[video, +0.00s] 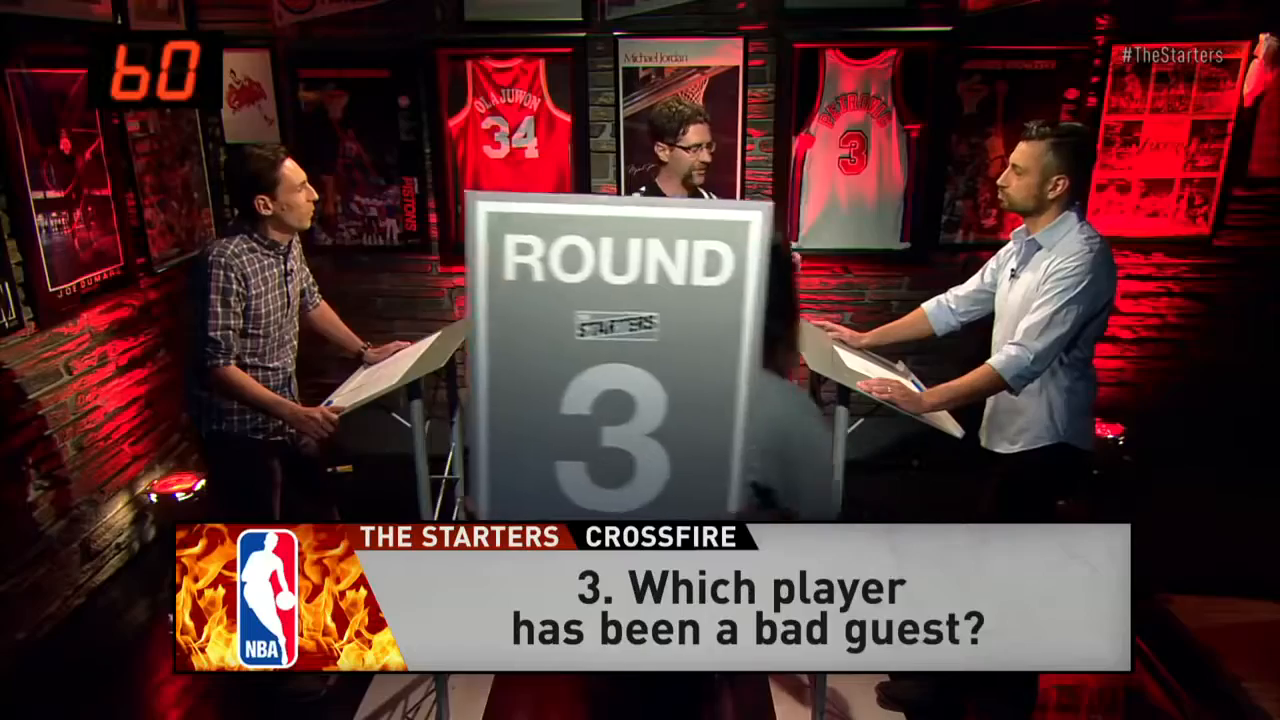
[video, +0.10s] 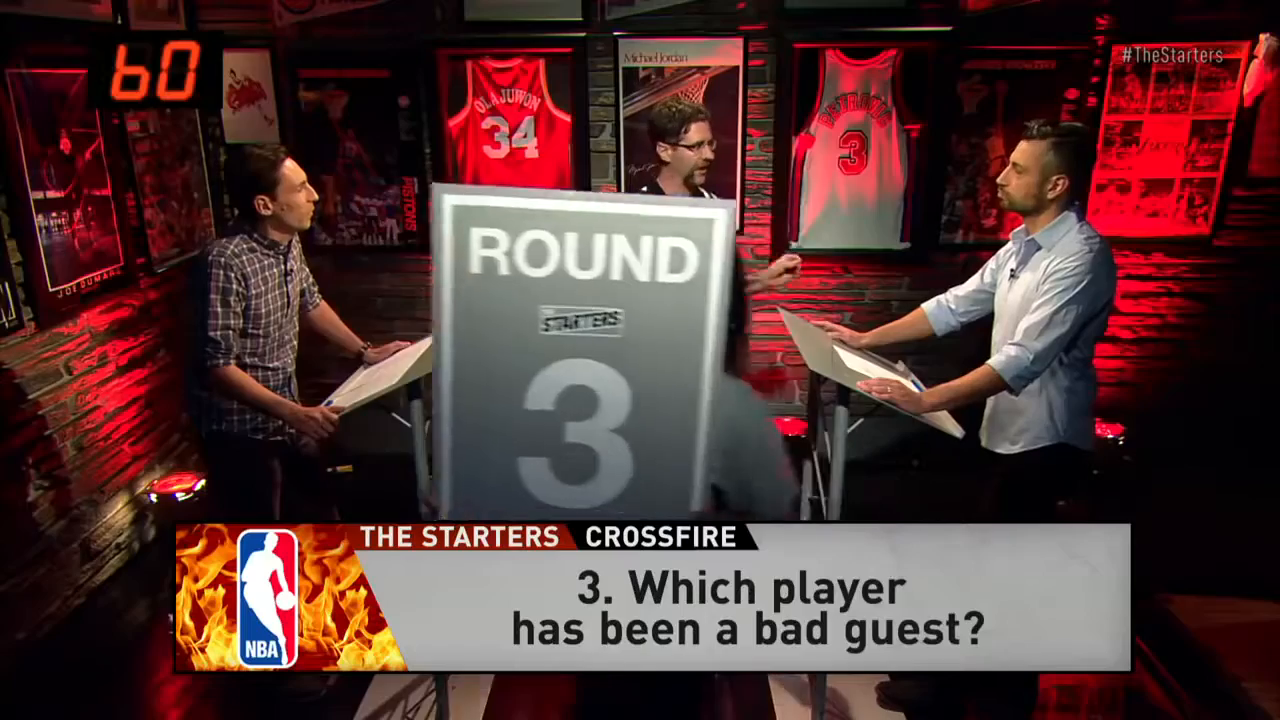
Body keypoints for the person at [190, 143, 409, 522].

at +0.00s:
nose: (314, 196)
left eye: (308, 185)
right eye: (300, 189)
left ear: (269, 205)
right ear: (266, 205)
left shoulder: (289, 247)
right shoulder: (226, 261)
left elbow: (312, 304)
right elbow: (218, 367)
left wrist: (364, 351)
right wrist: (293, 413)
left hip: (286, 425)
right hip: (240, 435)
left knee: (305, 525)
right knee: (252, 537)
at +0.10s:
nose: (314, 196)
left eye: (308, 185)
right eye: (300, 189)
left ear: (269, 205)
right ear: (266, 205)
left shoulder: (289, 247)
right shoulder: (227, 261)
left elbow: (312, 304)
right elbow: (217, 366)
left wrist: (364, 350)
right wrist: (293, 413)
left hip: (286, 425)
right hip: (240, 435)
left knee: (304, 525)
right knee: (252, 537)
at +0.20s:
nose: (314, 196)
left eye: (309, 185)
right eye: (301, 189)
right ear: (265, 205)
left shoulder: (288, 245)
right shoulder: (228, 261)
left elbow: (312, 305)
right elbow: (218, 366)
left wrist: (363, 350)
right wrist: (293, 413)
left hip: (286, 426)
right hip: (241, 436)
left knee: (305, 525)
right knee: (251, 539)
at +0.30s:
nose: (314, 196)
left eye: (308, 185)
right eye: (301, 189)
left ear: (270, 205)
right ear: (266, 205)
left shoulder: (289, 246)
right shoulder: (227, 261)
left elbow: (312, 304)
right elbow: (218, 367)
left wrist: (364, 350)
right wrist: (293, 413)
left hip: (285, 425)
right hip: (241, 435)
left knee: (298, 527)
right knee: (253, 538)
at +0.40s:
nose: (310, 198)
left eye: (307, 187)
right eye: (301, 190)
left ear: (272, 205)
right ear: (266, 205)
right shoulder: (227, 260)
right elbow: (217, 366)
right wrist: (294, 413)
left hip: (283, 428)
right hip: (240, 435)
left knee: (293, 530)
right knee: (252, 538)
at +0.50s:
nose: (306, 204)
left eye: (307, 192)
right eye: (296, 194)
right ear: (262, 198)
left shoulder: (296, 251)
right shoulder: (231, 256)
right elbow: (219, 364)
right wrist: (284, 406)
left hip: (287, 428)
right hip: (242, 435)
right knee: (246, 533)